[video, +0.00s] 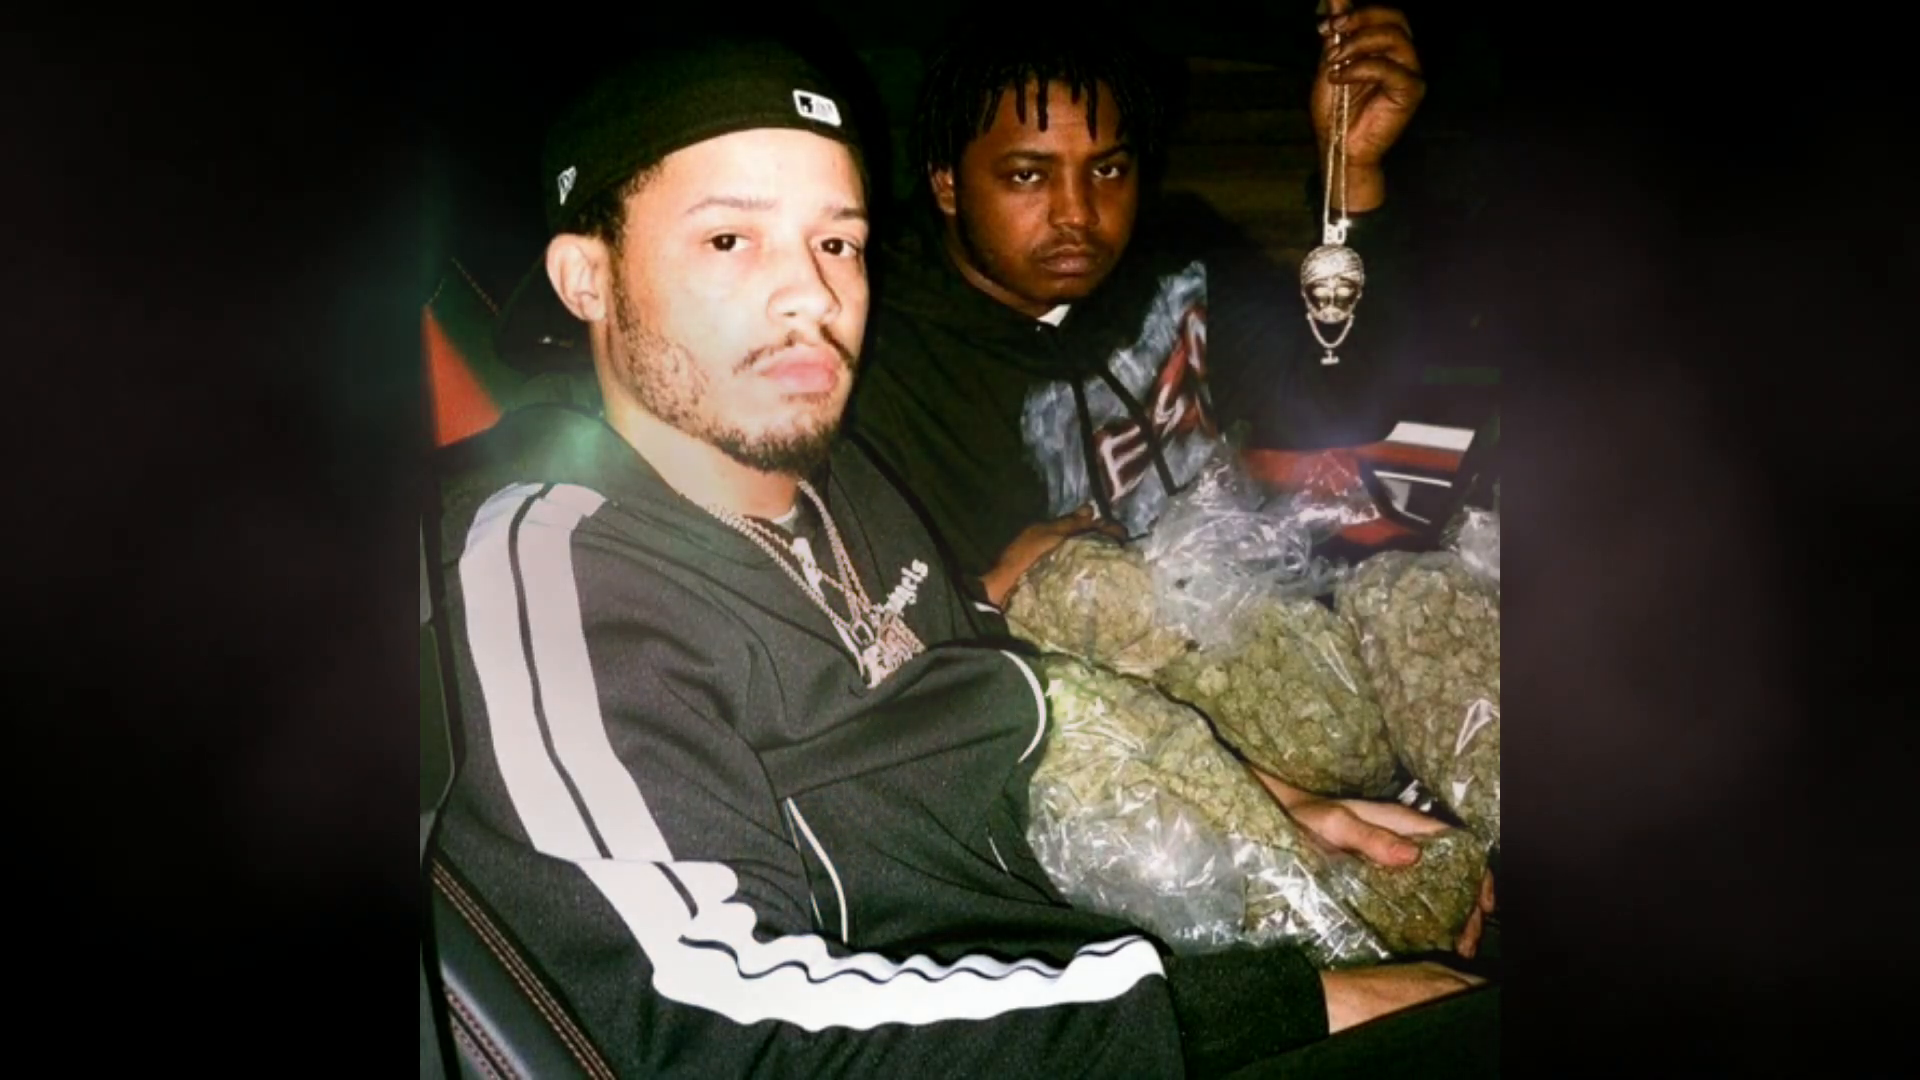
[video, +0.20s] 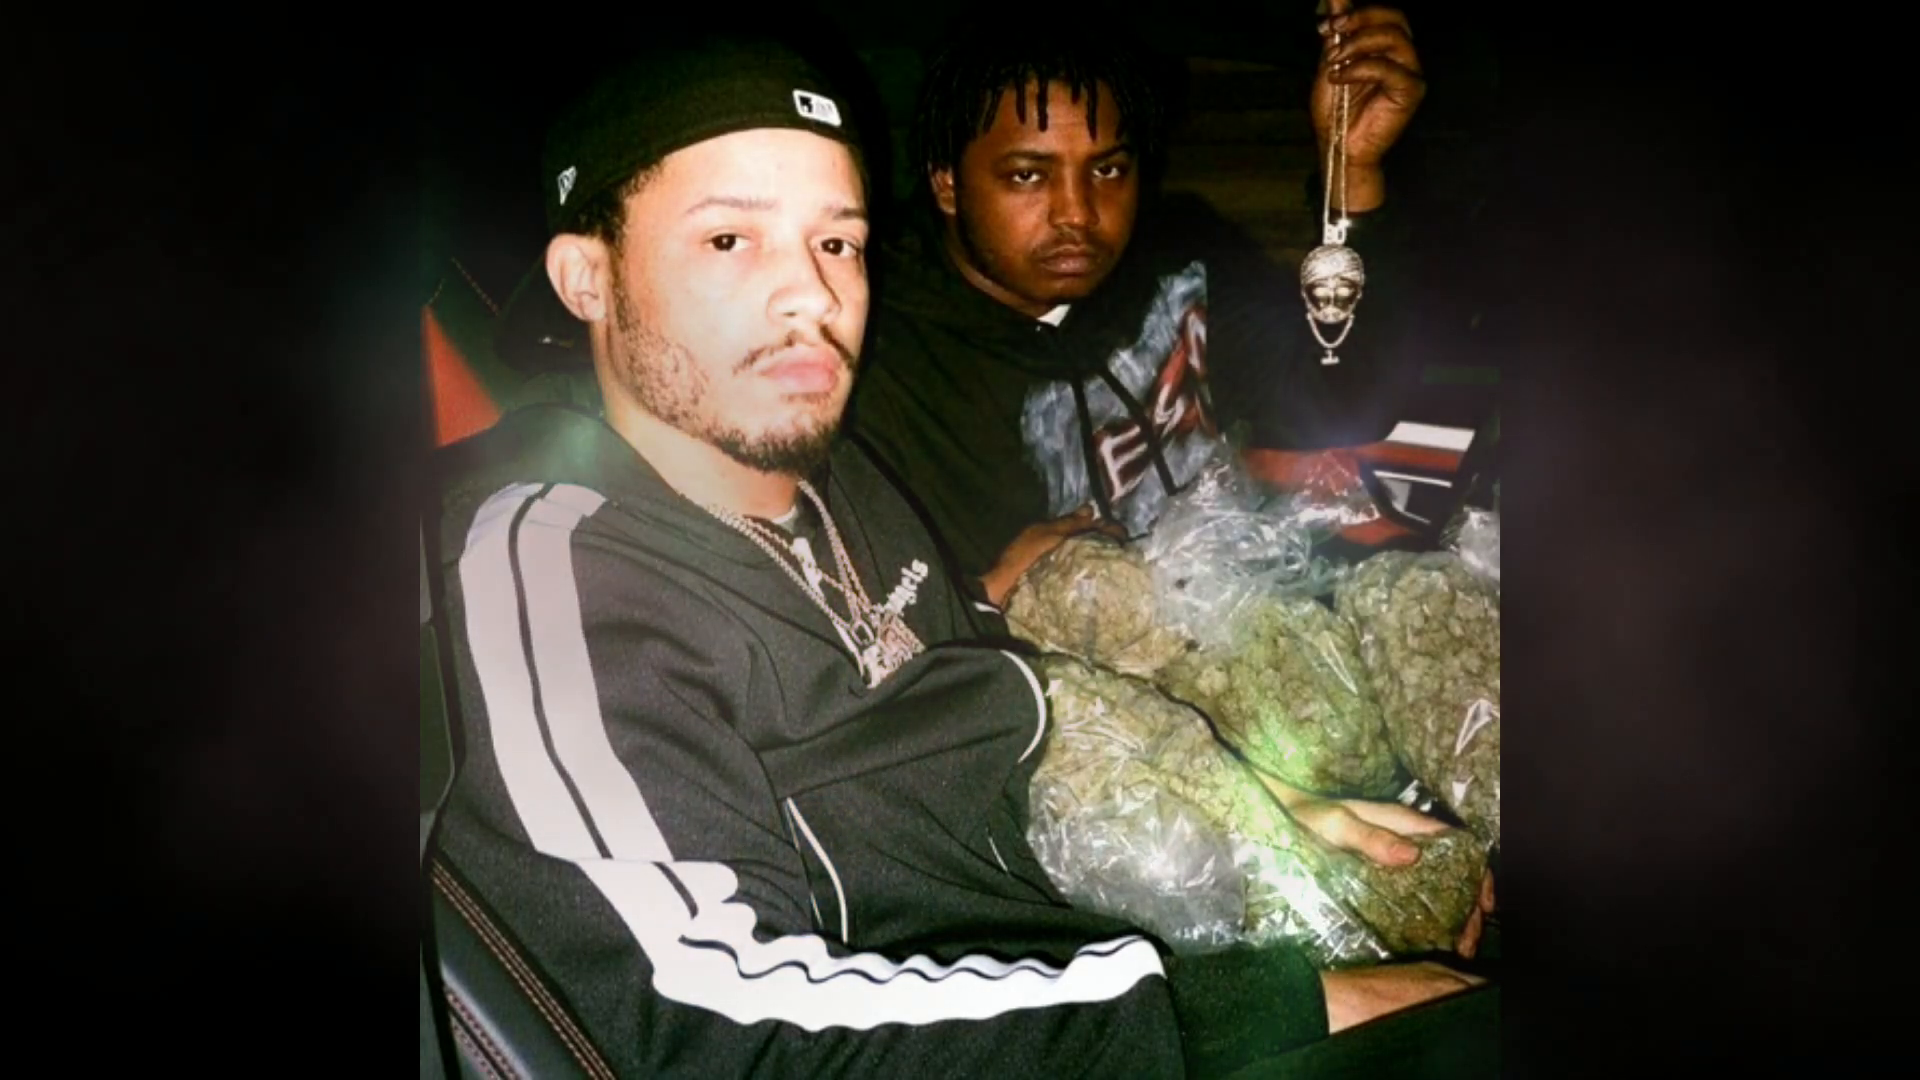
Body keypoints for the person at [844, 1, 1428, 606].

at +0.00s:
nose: (1077, 216)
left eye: (1107, 171)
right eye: (1028, 176)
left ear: (1140, 173)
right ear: (946, 187)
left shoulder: (1179, 255)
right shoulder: (896, 367)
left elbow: (1343, 407)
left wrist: (1352, 172)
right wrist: (997, 586)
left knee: (1422, 596)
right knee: (1075, 578)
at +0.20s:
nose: (1077, 216)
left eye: (1107, 171)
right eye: (1028, 176)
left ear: (1140, 172)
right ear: (946, 187)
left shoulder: (1179, 251)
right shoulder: (894, 370)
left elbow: (1346, 409)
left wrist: (1352, 171)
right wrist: (993, 591)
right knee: (1076, 578)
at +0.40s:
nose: (1077, 217)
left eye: (1108, 171)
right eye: (1028, 176)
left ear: (1140, 172)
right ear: (946, 187)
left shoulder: (1181, 256)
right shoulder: (890, 373)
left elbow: (1348, 412)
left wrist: (1353, 171)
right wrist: (990, 595)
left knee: (1431, 604)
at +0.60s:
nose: (1077, 217)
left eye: (1108, 171)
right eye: (1028, 176)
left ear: (1141, 172)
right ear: (946, 187)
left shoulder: (1180, 253)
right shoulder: (896, 378)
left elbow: (1344, 418)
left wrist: (1353, 172)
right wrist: (992, 593)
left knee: (1429, 601)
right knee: (1075, 581)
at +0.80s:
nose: (1077, 217)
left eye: (1107, 171)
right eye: (1028, 176)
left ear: (1140, 174)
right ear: (946, 187)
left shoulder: (1182, 255)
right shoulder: (891, 377)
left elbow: (1344, 425)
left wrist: (1353, 172)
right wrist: (991, 595)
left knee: (1428, 603)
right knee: (1079, 583)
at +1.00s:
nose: (1077, 217)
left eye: (1107, 171)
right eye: (1029, 176)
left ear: (1140, 174)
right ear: (946, 187)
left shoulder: (1176, 254)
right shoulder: (890, 375)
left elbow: (1341, 409)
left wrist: (1353, 171)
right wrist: (990, 596)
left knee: (1432, 604)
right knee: (1083, 584)